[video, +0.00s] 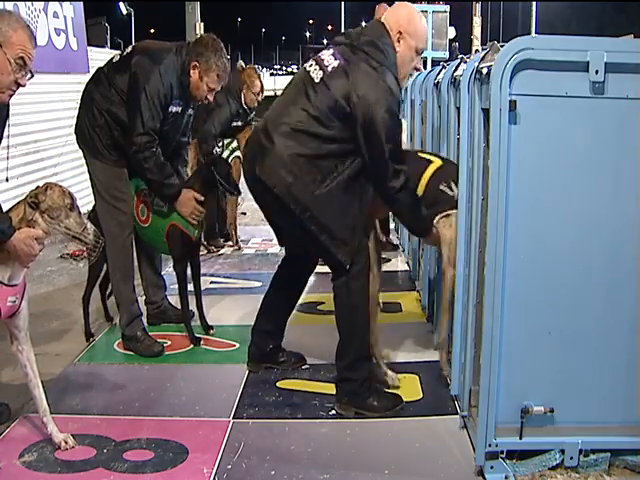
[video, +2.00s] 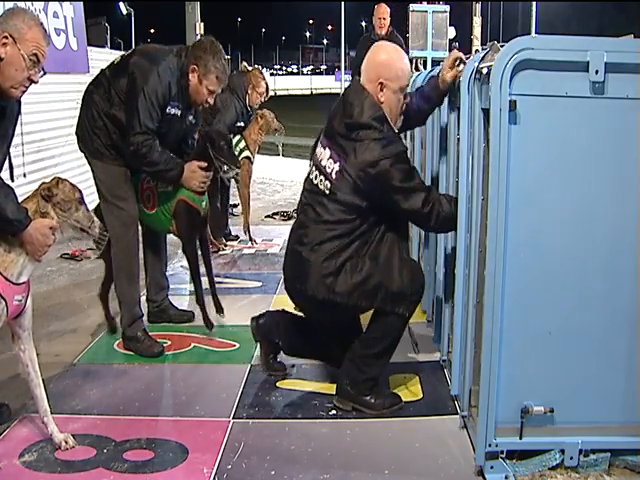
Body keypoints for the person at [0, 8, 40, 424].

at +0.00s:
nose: (24, 80)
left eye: (29, 71)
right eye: (20, 65)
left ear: (24, 71)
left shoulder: (5, 109)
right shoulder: (0, 110)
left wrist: (10, 230)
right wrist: (9, 234)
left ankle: (0, 405)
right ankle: (0, 407)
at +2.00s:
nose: (36, 77)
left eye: (41, 69)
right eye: (33, 61)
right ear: (4, 44)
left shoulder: (11, 104)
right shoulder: (4, 104)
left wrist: (22, 220)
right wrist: (21, 226)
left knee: (5, 313)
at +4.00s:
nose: (89, 50)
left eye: (95, 40)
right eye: (84, 36)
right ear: (53, 18)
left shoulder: (57, 56)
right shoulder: (14, 47)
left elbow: (59, 143)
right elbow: (44, 144)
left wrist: (108, 211)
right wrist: (110, 213)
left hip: (23, 221)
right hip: (4, 223)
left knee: (19, 336)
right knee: (6, 341)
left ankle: (11, 445)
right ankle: (6, 454)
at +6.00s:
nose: (473, 22)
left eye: (477, 14)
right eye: (472, 10)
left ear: (452, 7)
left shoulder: (432, 42)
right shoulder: (388, 10)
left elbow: (429, 109)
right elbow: (402, 95)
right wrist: (455, 151)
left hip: (368, 173)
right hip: (317, 162)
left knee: (374, 288)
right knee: (312, 290)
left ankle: (366, 401)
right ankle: (269, 430)